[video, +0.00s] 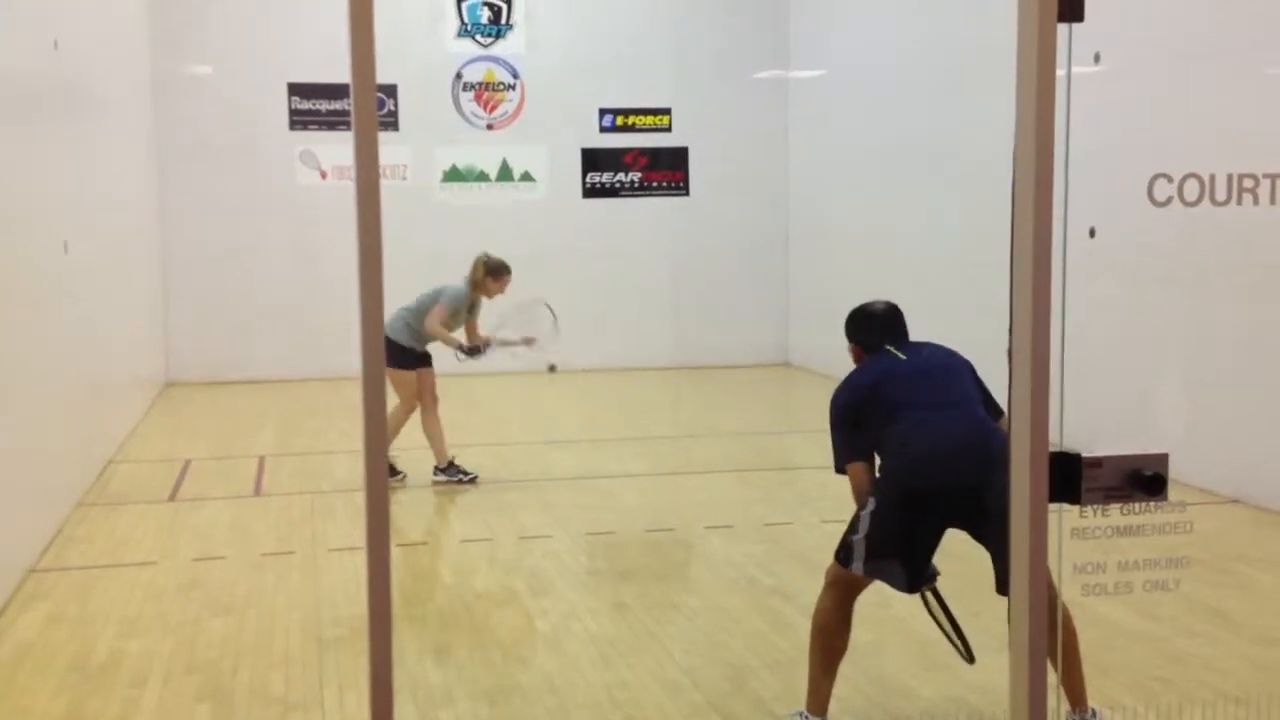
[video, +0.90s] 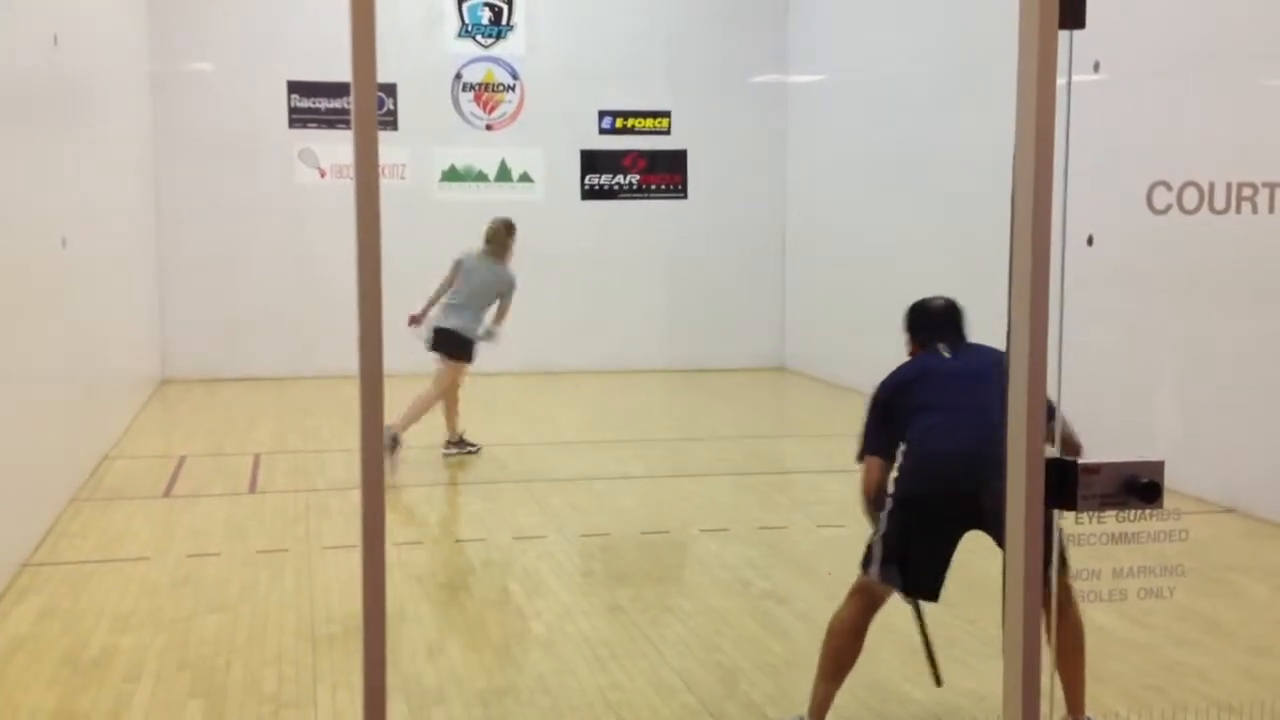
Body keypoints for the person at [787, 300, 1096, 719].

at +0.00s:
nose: (851, 355)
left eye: (850, 348)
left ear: (855, 351)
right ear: (904, 336)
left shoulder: (852, 390)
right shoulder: (949, 358)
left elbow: (863, 487)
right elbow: (999, 426)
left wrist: (900, 556)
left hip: (913, 483)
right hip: (989, 476)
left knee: (840, 586)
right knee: (1040, 585)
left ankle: (814, 713)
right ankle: (1082, 709)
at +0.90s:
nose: (907, 349)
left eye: (907, 343)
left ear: (913, 344)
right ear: (962, 335)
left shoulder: (899, 382)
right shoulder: (1004, 365)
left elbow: (873, 482)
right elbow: (1068, 441)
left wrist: (884, 527)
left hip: (929, 487)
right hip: (1008, 486)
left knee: (865, 596)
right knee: (1058, 593)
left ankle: (815, 713)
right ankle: (1077, 713)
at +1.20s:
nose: (919, 326)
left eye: (919, 318)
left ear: (923, 320)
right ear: (976, 313)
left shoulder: (906, 364)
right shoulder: (1016, 352)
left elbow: (881, 462)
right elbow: (1058, 442)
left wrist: (888, 513)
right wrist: (1053, 499)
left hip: (928, 484)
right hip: (1010, 485)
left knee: (856, 590)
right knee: (1054, 595)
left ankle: (821, 712)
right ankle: (1078, 714)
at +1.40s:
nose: (858, 307)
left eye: (859, 300)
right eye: (859, 299)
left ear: (868, 303)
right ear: (914, 294)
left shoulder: (864, 355)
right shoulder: (960, 334)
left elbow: (847, 445)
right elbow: (996, 419)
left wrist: (824, 506)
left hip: (913, 491)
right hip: (988, 488)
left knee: (841, 590)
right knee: (1022, 609)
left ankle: (821, 711)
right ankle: (1064, 710)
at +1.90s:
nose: (878, 287)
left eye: (885, 274)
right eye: (879, 275)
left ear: (917, 275)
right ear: (926, 273)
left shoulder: (943, 331)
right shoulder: (966, 311)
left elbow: (975, 429)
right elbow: (962, 416)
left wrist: (955, 523)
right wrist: (935, 480)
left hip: (974, 493)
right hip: (1007, 485)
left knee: (907, 607)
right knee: (994, 597)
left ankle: (936, 714)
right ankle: (1053, 698)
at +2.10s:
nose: (869, 304)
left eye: (880, 292)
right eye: (871, 291)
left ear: (922, 300)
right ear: (917, 300)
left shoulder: (966, 359)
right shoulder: (913, 341)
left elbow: (1013, 464)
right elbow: (925, 424)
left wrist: (983, 557)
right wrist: (900, 492)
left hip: (992, 508)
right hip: (976, 503)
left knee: (913, 631)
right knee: (986, 615)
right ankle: (1055, 704)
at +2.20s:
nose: (860, 316)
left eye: (872, 305)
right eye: (862, 303)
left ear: (914, 317)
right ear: (908, 317)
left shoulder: (967, 372)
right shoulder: (887, 352)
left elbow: (1018, 481)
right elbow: (893, 421)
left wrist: (986, 578)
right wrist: (867, 502)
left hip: (997, 514)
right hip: (965, 511)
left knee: (910, 630)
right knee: (989, 625)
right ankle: (1059, 704)